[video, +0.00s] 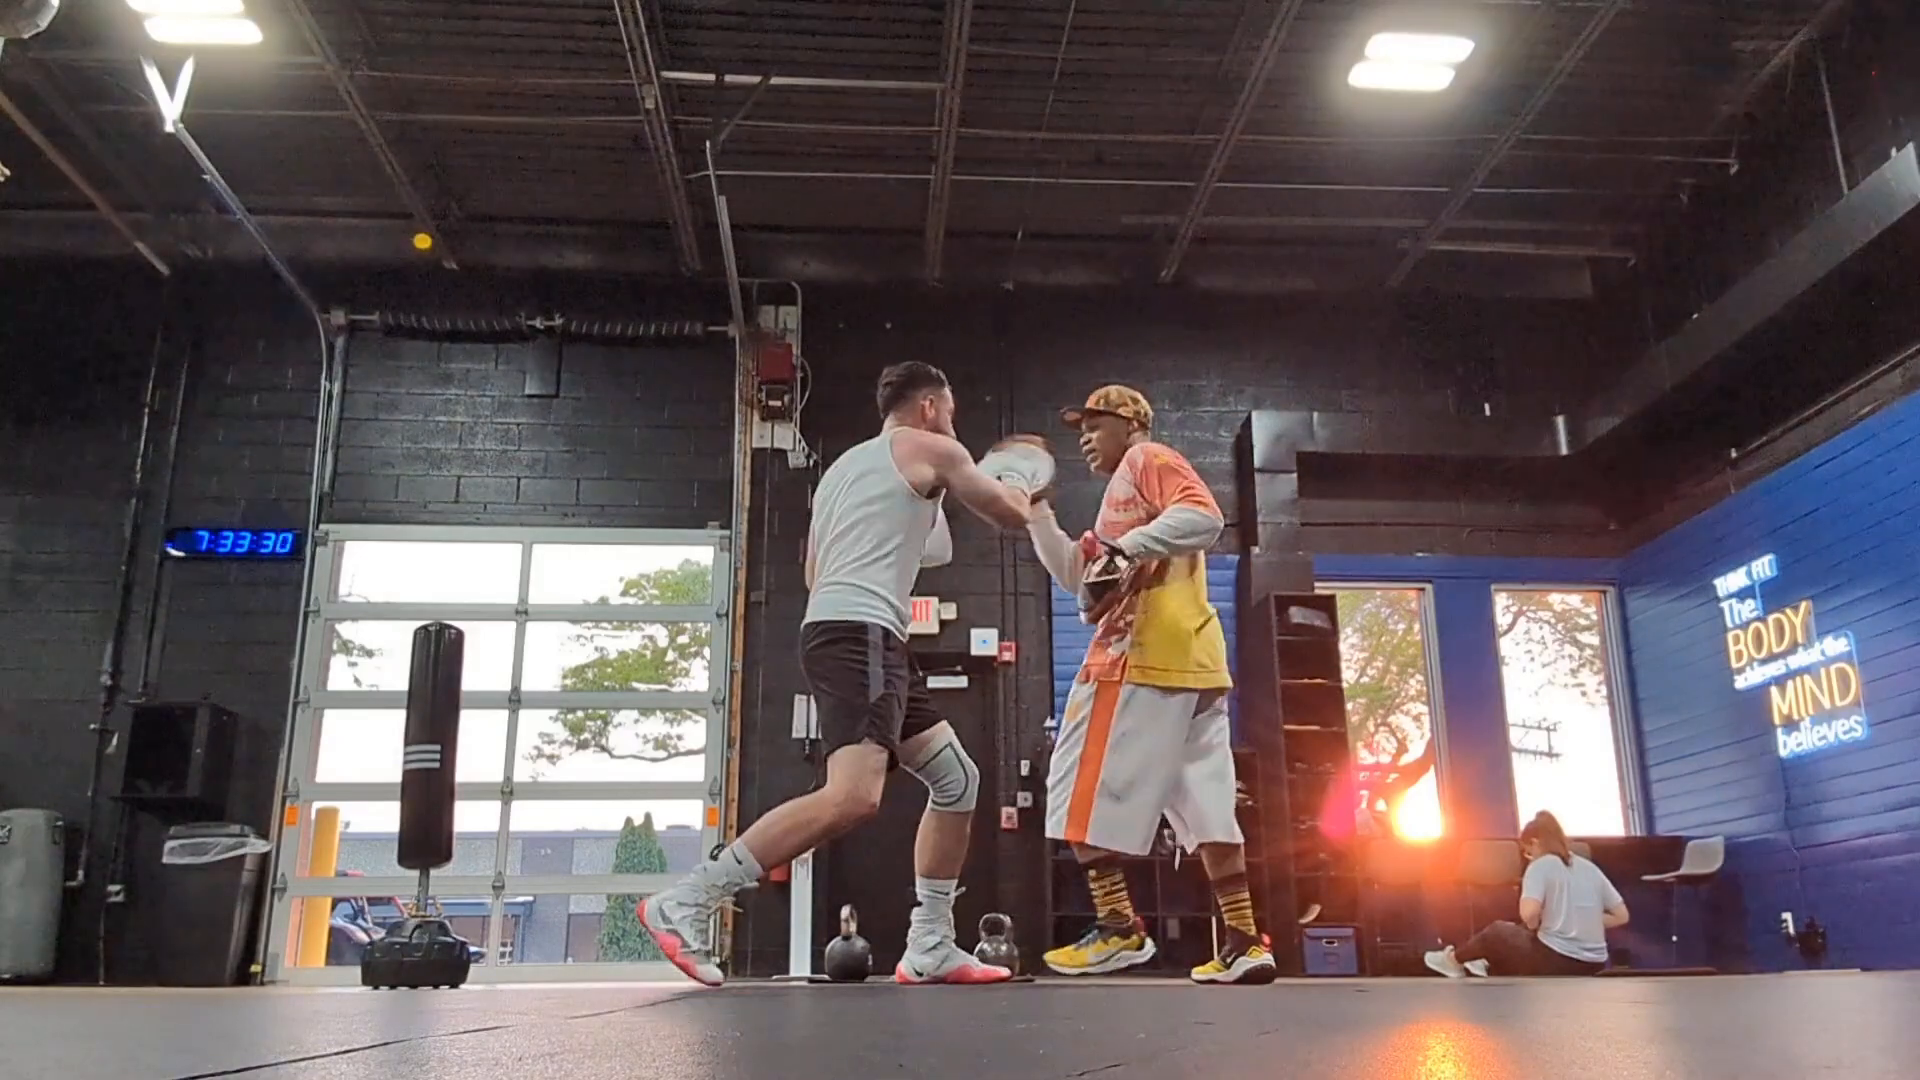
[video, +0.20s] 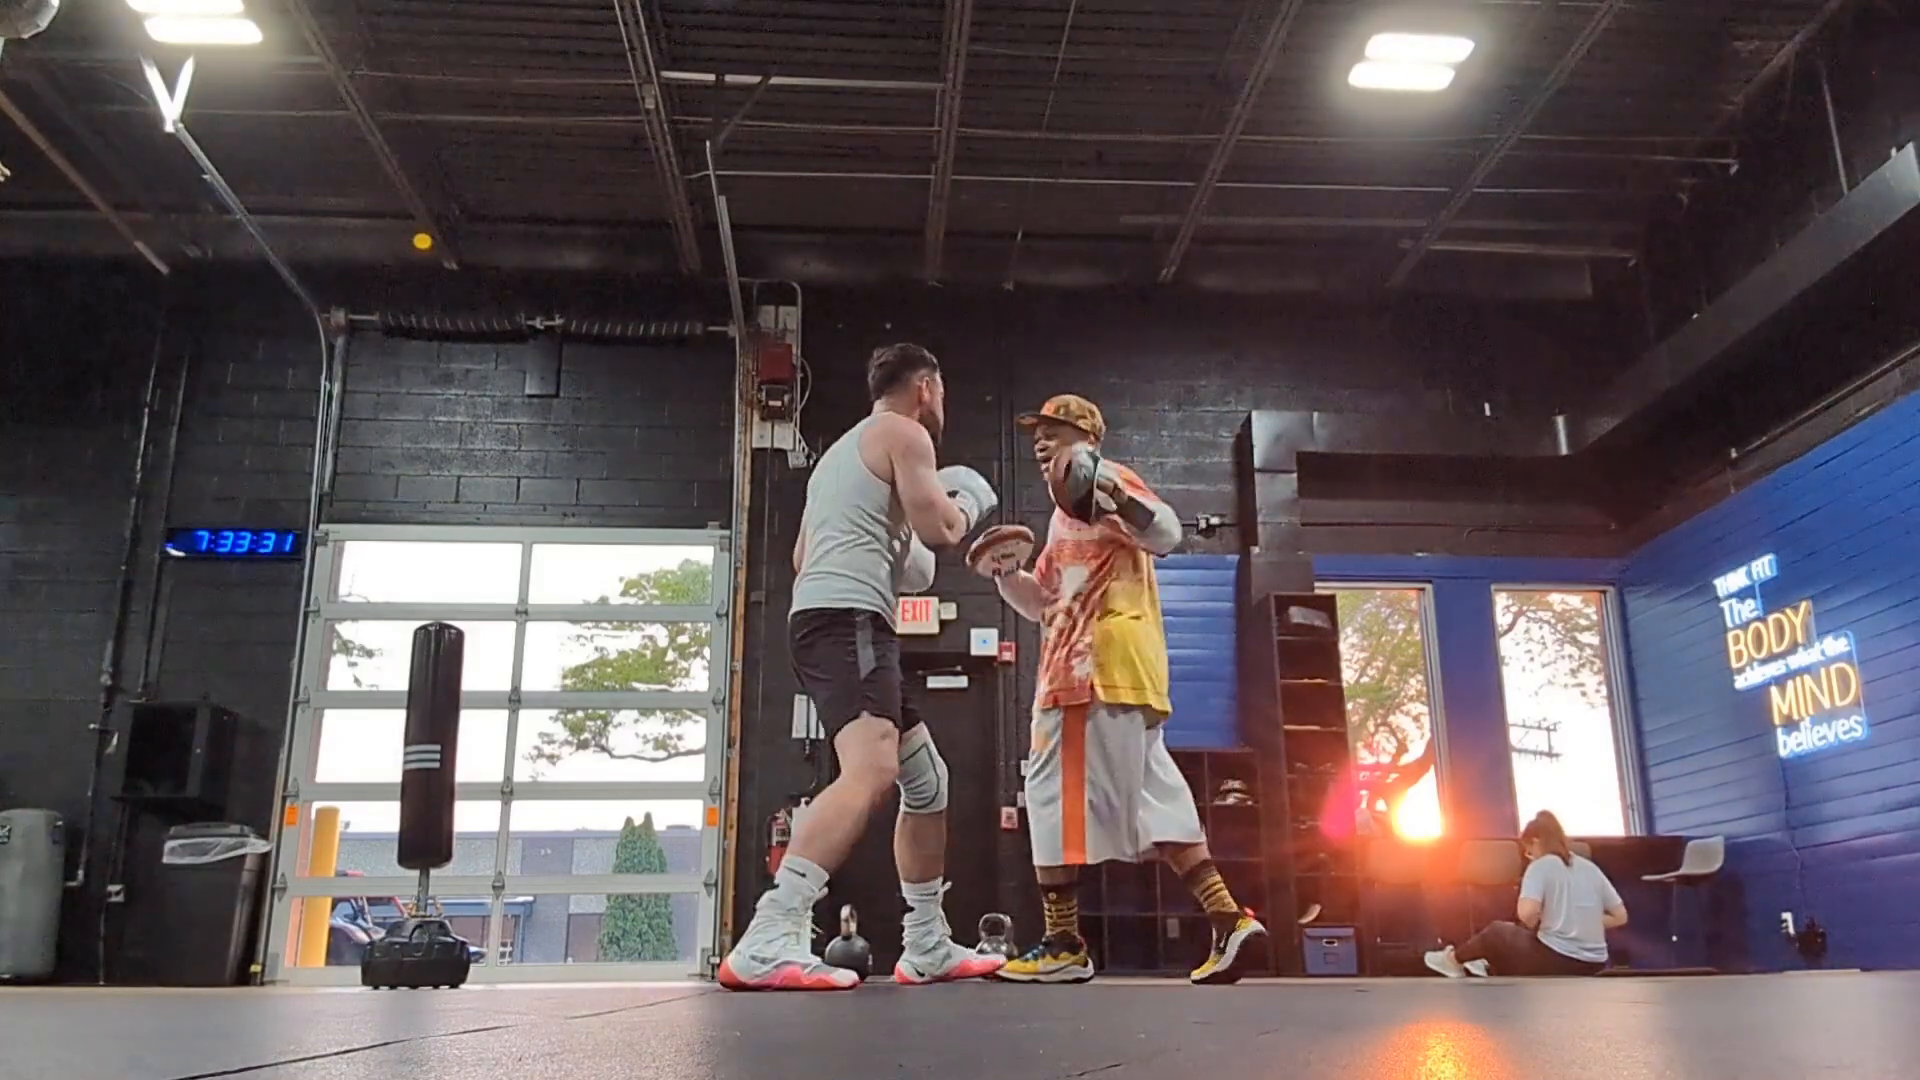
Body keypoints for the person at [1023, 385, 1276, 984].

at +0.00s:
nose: (1083, 438)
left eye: (1093, 426)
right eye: (1082, 430)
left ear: (1129, 424)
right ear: (1115, 433)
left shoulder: (1149, 457)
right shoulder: (1121, 496)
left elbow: (1202, 515)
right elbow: (1076, 572)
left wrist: (1122, 549)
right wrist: (1038, 510)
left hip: (1135, 657)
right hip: (1194, 657)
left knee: (1074, 788)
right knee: (1207, 797)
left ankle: (1119, 930)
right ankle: (1244, 942)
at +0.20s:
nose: (1041, 453)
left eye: (1051, 442)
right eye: (1037, 445)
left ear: (1085, 440)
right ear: (1041, 452)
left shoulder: (1114, 480)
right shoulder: (1066, 514)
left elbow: (1167, 535)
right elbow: (1044, 604)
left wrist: (1106, 492)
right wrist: (1002, 571)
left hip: (1093, 666)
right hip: (1112, 667)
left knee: (1046, 793)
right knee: (1154, 795)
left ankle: (1063, 944)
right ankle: (1228, 920)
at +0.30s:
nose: (1018, 453)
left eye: (1027, 442)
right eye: (1016, 444)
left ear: (1059, 443)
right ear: (1037, 451)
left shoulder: (1079, 482)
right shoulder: (1044, 507)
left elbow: (1090, 541)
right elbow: (1037, 614)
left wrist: (1039, 495)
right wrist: (988, 591)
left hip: (1069, 651)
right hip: (1072, 654)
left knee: (1030, 798)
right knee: (1091, 797)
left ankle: (1062, 947)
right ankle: (1172, 892)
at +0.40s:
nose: (994, 453)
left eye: (1004, 442)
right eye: (990, 445)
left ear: (1038, 447)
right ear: (993, 456)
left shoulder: (1058, 488)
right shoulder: (1019, 518)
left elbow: (1081, 546)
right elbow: (1000, 617)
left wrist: (1015, 504)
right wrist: (959, 569)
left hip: (1053, 675)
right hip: (1025, 678)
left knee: (1022, 811)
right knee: (1018, 806)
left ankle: (1060, 948)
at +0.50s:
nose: (972, 460)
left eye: (982, 449)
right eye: (967, 453)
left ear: (1015, 451)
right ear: (967, 465)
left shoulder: (1048, 493)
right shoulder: (980, 528)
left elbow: (1073, 544)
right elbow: (953, 616)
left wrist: (994, 523)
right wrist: (937, 549)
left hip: (1044, 682)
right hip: (993, 685)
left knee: (1011, 807)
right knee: (965, 806)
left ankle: (1057, 942)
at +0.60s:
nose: (965, 475)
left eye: (976, 464)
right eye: (957, 467)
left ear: (1002, 471)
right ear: (947, 480)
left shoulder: (1032, 513)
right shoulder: (947, 550)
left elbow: (1025, 559)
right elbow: (931, 633)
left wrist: (947, 568)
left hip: (1036, 688)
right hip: (975, 700)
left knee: (990, 787)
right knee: (936, 810)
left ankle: (1049, 928)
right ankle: (933, 949)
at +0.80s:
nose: (938, 494)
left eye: (948, 479)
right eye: (932, 484)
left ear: (969, 482)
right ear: (923, 496)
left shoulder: (1004, 529)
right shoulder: (936, 569)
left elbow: (1047, 596)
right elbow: (930, 635)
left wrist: (974, 639)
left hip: (1025, 678)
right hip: (968, 694)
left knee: (1018, 773)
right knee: (913, 805)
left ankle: (1111, 923)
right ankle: (935, 939)